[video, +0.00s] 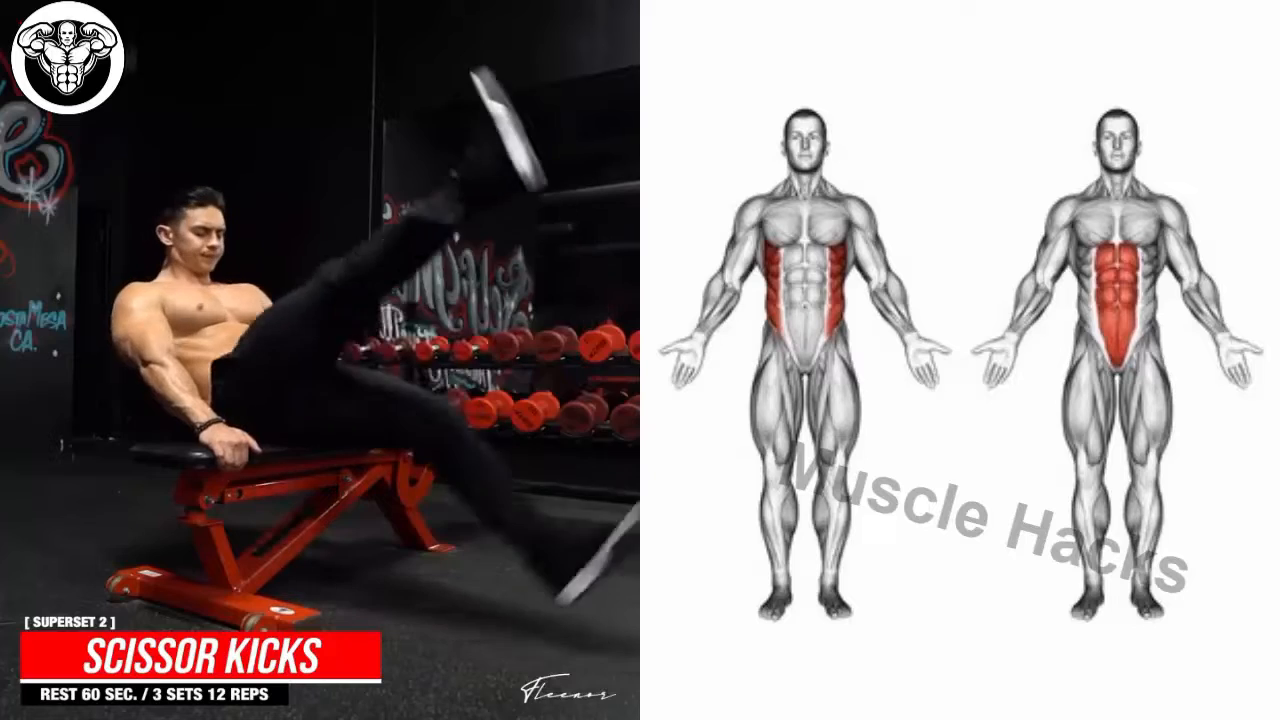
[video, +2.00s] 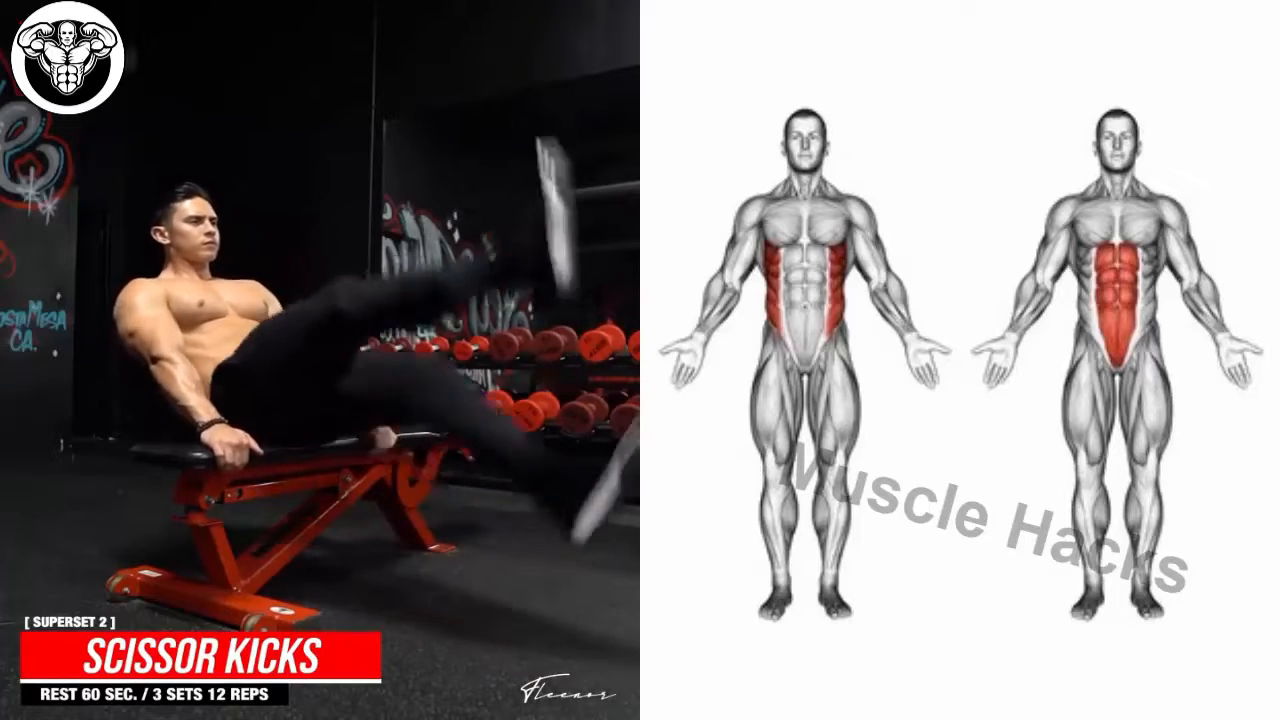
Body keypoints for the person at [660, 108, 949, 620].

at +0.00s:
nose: (804, 146)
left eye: (812, 138)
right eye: (797, 138)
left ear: (825, 145)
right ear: (785, 145)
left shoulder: (851, 211)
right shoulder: (758, 211)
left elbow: (881, 281)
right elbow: (729, 281)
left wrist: (909, 336)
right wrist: (700, 336)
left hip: (832, 356)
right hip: (777, 355)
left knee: (834, 467)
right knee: (776, 469)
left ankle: (830, 584)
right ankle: (780, 585)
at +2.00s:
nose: (804, 145)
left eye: (812, 138)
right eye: (797, 138)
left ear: (825, 145)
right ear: (785, 146)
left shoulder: (851, 211)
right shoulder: (758, 211)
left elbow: (881, 281)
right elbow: (729, 281)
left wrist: (909, 336)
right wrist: (700, 336)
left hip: (832, 355)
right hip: (778, 355)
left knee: (834, 467)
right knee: (776, 469)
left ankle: (829, 584)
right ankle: (780, 585)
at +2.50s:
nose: (804, 145)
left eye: (812, 138)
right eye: (797, 138)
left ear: (825, 145)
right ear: (785, 146)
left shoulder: (851, 211)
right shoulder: (758, 211)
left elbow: (881, 281)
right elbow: (729, 281)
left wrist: (909, 336)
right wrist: (700, 336)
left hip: (832, 355)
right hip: (778, 355)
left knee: (834, 468)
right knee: (777, 469)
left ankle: (829, 584)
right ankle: (780, 585)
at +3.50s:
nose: (805, 145)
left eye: (812, 138)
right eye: (797, 138)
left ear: (825, 145)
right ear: (785, 146)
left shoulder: (851, 211)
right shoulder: (758, 211)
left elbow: (881, 281)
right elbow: (729, 281)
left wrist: (909, 336)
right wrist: (700, 336)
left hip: (832, 355)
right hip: (777, 355)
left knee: (834, 467)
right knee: (777, 469)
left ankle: (829, 584)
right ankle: (780, 585)